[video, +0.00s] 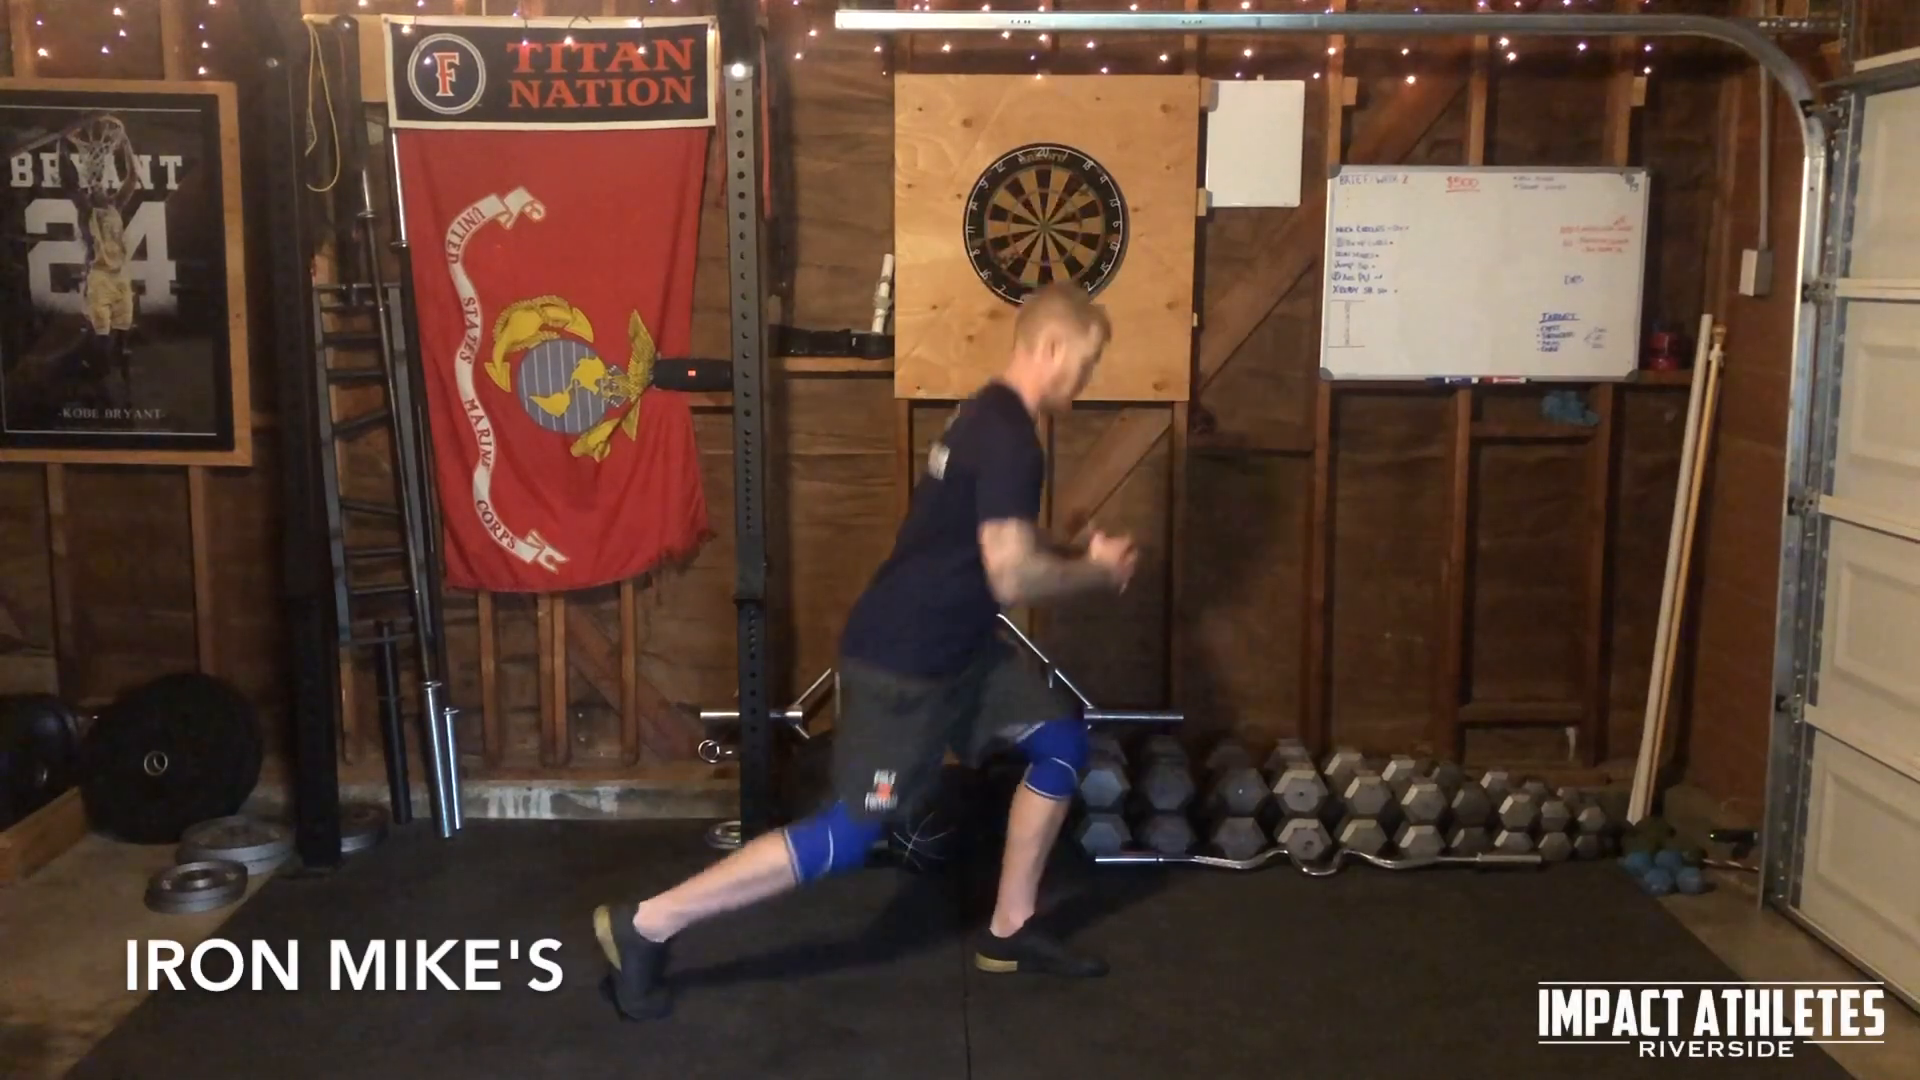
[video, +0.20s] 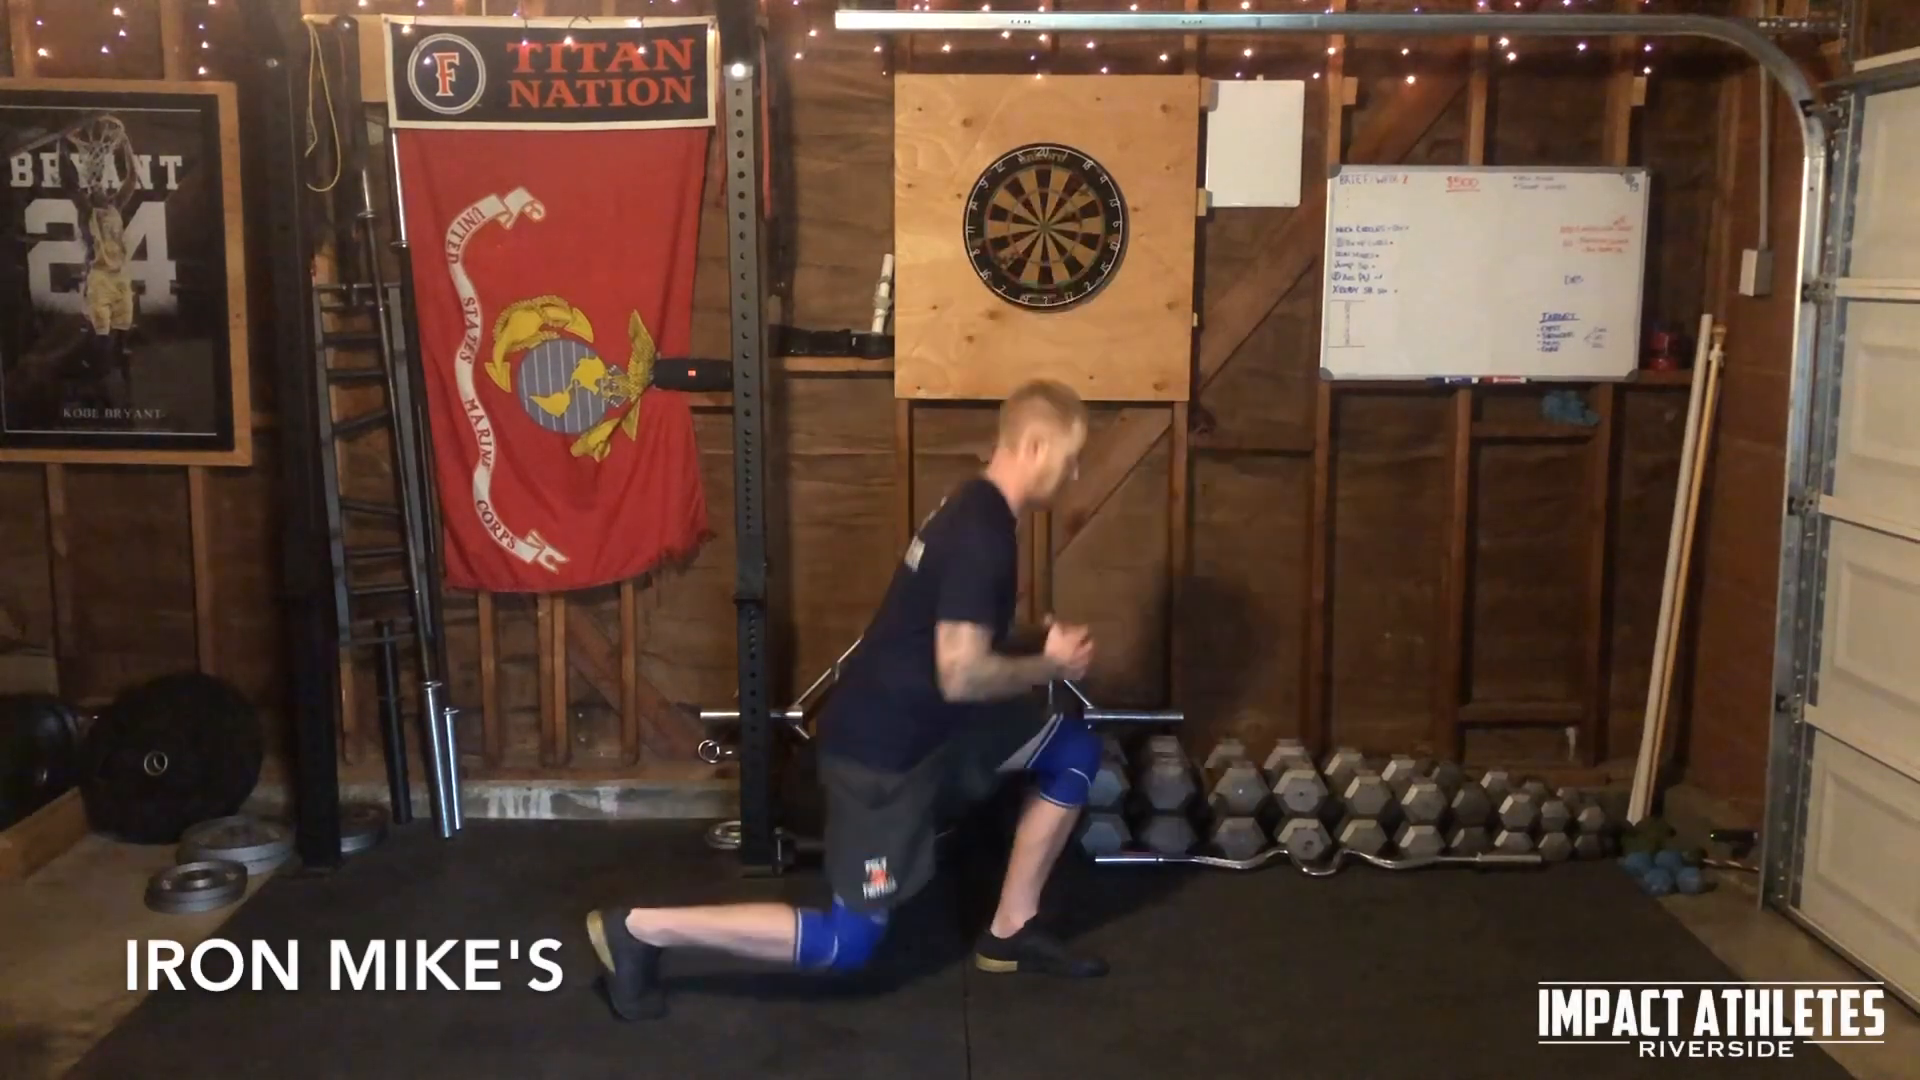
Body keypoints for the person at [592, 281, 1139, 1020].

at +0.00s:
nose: (1086, 378)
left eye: (1091, 362)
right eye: (1087, 360)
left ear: (1034, 347)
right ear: (1052, 350)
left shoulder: (995, 415)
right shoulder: (1004, 430)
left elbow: (993, 544)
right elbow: (1011, 575)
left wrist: (1068, 548)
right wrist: (1091, 571)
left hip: (963, 647)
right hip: (902, 656)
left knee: (1059, 739)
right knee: (855, 831)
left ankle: (1010, 927)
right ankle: (644, 923)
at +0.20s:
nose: (1073, 475)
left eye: (1076, 461)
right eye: (1072, 459)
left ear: (1026, 445)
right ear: (1033, 448)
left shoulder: (988, 513)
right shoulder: (978, 524)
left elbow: (977, 634)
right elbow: (961, 673)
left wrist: (1038, 640)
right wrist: (1052, 664)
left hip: (935, 727)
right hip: (880, 746)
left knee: (1073, 750)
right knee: (848, 940)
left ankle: (1011, 928)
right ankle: (636, 929)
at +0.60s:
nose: (1052, 417)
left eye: (1054, 401)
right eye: (1048, 400)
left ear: (993, 394)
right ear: (1006, 395)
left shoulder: (981, 474)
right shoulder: (965, 477)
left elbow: (970, 599)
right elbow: (970, 617)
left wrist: (1038, 584)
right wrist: (1057, 579)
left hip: (950, 689)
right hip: (887, 704)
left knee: (1071, 755)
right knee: (839, 896)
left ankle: (1012, 930)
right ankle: (628, 930)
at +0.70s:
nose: (1061, 327)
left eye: (1064, 309)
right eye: (1057, 307)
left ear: (1012, 298)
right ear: (1016, 296)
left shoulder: (988, 382)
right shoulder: (969, 380)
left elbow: (979, 498)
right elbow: (969, 508)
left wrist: (1055, 484)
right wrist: (1060, 488)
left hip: (950, 613)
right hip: (894, 615)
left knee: (1020, 739)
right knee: (862, 803)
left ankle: (1008, 926)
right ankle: (674, 902)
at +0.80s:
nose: (1072, 265)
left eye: (1076, 249)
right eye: (1069, 246)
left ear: (1011, 234)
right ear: (1024, 233)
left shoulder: (990, 315)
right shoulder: (974, 310)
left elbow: (973, 412)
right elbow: (957, 433)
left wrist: (1033, 408)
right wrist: (1041, 433)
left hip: (928, 544)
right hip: (899, 545)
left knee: (966, 718)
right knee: (940, 735)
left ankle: (889, 891)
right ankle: (776, 871)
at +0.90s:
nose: (1073, 255)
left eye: (1079, 240)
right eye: (1071, 234)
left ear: (1016, 223)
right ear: (1025, 219)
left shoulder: (994, 300)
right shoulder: (974, 292)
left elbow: (963, 413)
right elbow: (939, 411)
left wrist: (1033, 413)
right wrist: (1035, 416)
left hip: (901, 532)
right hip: (907, 537)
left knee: (914, 712)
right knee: (986, 712)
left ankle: (756, 832)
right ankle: (912, 911)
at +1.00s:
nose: (1072, 288)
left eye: (1078, 271)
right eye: (1070, 268)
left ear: (1018, 255)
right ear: (1025, 253)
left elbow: (962, 439)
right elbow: (927, 440)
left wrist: (1031, 442)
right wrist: (1027, 445)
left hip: (903, 564)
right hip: (910, 568)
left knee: (852, 741)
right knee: (1020, 737)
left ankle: (679, 839)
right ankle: (1029, 959)